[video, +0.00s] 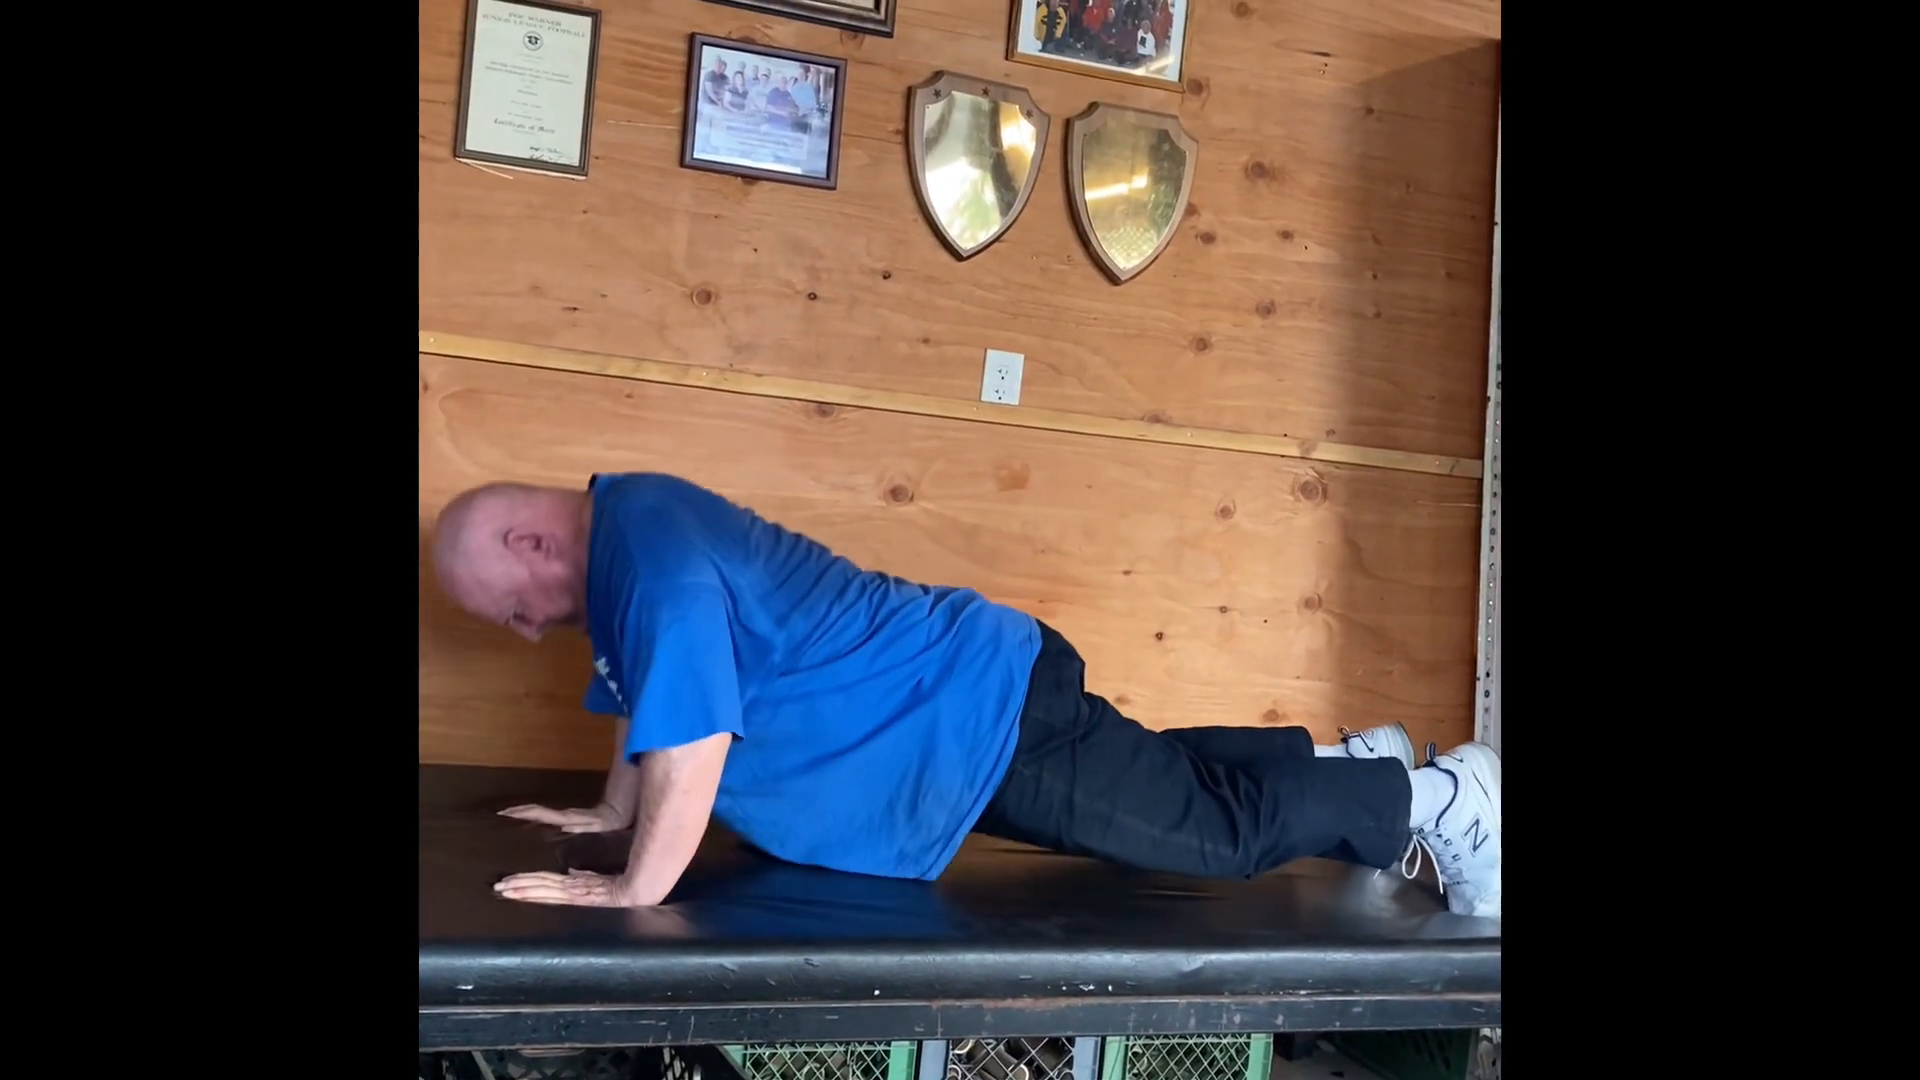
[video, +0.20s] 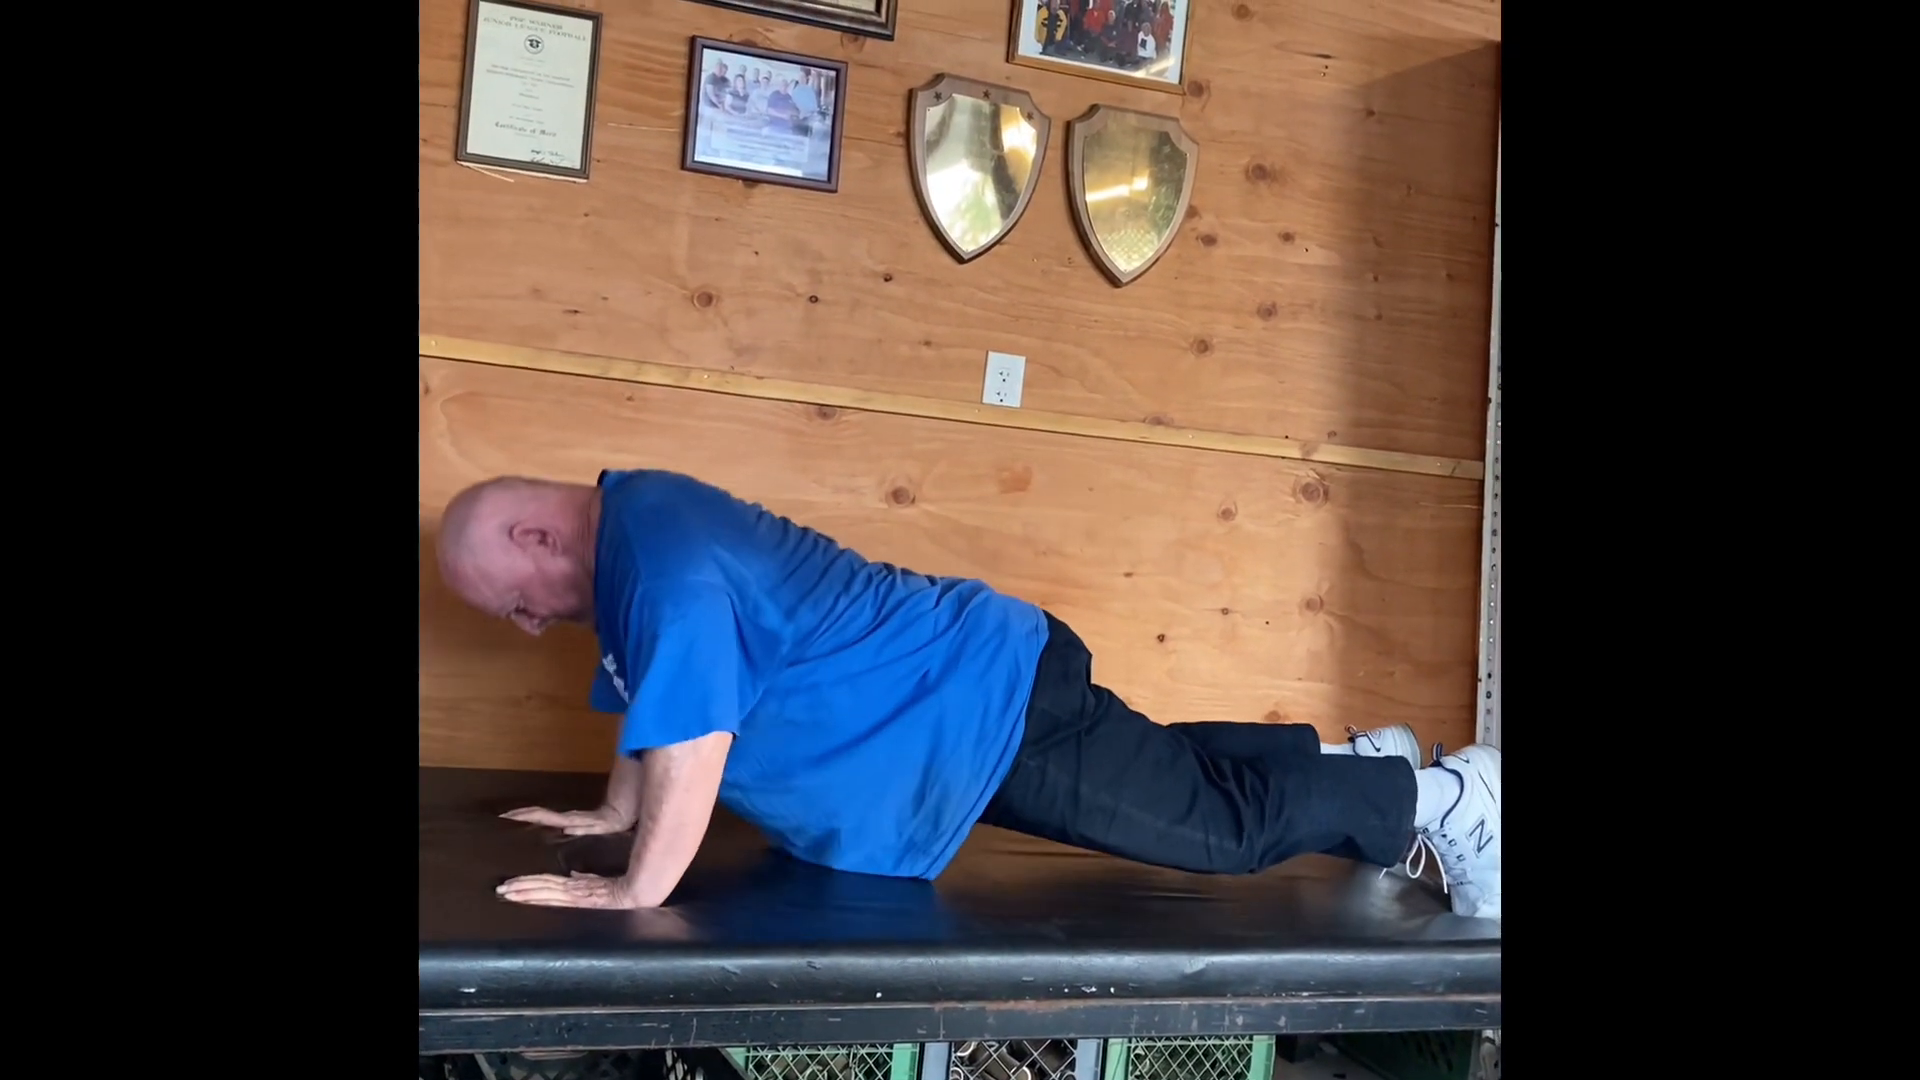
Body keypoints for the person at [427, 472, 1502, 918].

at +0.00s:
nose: (532, 614)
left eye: (516, 594)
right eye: (513, 606)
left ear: (531, 537)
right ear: (529, 544)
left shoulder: (654, 550)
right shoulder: (622, 554)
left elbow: (691, 755)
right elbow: (657, 731)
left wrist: (638, 897)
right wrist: (616, 842)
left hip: (989, 707)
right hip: (960, 715)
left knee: (1204, 822)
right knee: (1168, 787)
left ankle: (1430, 804)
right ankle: (1365, 771)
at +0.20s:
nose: (532, 612)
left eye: (518, 594)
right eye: (515, 601)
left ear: (538, 539)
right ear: (539, 524)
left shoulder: (663, 561)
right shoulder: (634, 541)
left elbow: (693, 760)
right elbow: (665, 727)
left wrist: (641, 900)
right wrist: (621, 834)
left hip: (995, 704)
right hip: (972, 700)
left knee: (1215, 822)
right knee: (1177, 779)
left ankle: (1432, 804)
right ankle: (1375, 771)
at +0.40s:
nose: (539, 657)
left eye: (519, 639)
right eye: (515, 659)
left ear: (523, 584)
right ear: (516, 633)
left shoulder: (648, 590)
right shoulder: (614, 583)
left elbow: (706, 764)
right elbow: (658, 729)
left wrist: (643, 895)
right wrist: (624, 829)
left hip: (989, 736)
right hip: (957, 761)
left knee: (1210, 843)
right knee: (1168, 806)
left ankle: (1418, 809)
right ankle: (1366, 766)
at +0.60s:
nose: (518, 708)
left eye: (496, 692)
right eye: (495, 708)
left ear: (503, 634)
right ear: (499, 647)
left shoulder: (638, 640)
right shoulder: (594, 610)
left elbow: (711, 783)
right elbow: (704, 741)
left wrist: (639, 903)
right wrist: (637, 821)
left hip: (978, 764)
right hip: (949, 771)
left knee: (1211, 855)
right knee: (1166, 812)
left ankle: (1424, 809)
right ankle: (1360, 771)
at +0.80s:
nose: (537, 669)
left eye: (516, 653)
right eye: (513, 668)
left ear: (520, 598)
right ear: (513, 625)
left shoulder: (640, 590)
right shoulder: (611, 589)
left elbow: (710, 756)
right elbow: (663, 732)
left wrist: (649, 896)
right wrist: (629, 831)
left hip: (984, 745)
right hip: (958, 761)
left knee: (1214, 849)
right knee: (1168, 804)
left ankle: (1426, 809)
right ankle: (1364, 767)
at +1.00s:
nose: (546, 611)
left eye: (533, 592)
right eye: (529, 600)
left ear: (556, 535)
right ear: (555, 523)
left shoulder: (679, 557)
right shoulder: (648, 538)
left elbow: (701, 750)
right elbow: (674, 724)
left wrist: (656, 895)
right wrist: (629, 835)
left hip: (1005, 712)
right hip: (981, 703)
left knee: (1229, 824)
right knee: (1182, 782)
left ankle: (1444, 798)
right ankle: (1379, 770)